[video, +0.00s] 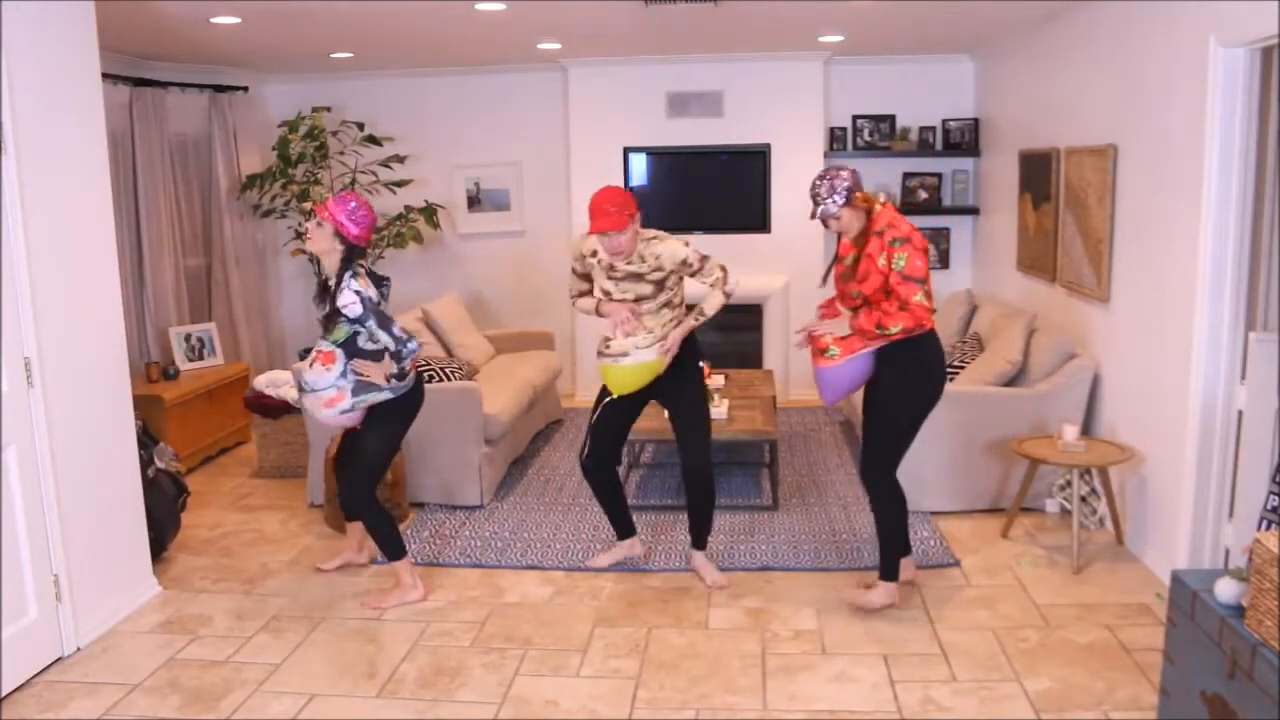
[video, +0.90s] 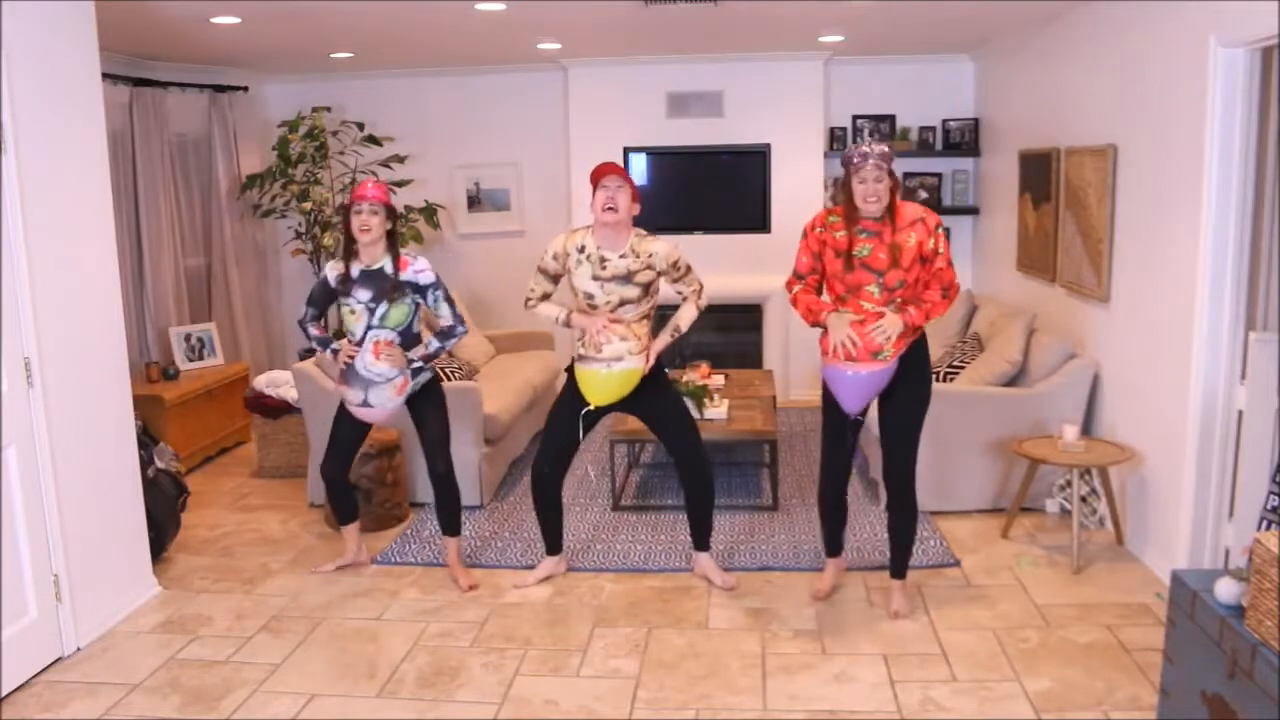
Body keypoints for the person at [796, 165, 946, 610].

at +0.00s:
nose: (832, 228)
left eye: (835, 218)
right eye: (827, 221)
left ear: (856, 202)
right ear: (834, 212)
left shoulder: (899, 236)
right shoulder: (857, 237)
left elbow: (912, 308)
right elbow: (853, 295)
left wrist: (849, 329)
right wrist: (821, 323)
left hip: (915, 359)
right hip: (886, 358)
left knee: (877, 470)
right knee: (875, 467)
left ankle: (888, 584)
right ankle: (901, 562)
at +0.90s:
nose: (871, 189)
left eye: (879, 180)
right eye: (862, 180)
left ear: (892, 182)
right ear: (848, 184)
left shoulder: (922, 224)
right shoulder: (825, 227)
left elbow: (944, 287)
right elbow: (800, 286)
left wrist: (905, 317)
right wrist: (828, 316)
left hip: (905, 352)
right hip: (844, 353)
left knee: (899, 470)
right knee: (834, 466)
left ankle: (899, 580)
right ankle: (833, 559)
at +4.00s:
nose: (920, 208)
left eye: (928, 200)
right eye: (912, 198)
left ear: (936, 202)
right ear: (890, 195)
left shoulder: (948, 238)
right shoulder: (856, 235)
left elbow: (973, 298)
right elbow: (812, 290)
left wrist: (938, 324)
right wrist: (868, 318)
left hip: (922, 370)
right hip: (861, 368)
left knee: (967, 487)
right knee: (832, 486)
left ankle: (971, 584)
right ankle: (801, 591)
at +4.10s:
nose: (920, 206)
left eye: (928, 198)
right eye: (912, 196)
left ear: (935, 201)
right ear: (889, 196)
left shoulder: (947, 238)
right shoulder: (855, 237)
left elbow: (974, 297)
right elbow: (812, 293)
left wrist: (938, 327)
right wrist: (869, 322)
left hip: (921, 370)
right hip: (861, 368)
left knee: (967, 487)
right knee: (832, 487)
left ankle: (971, 585)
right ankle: (801, 591)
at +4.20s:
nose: (920, 205)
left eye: (928, 197)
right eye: (911, 195)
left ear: (934, 200)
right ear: (889, 195)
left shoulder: (947, 239)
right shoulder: (855, 237)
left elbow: (973, 298)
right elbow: (812, 294)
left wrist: (937, 328)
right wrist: (868, 324)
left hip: (921, 371)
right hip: (861, 369)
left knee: (967, 488)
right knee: (832, 488)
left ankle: (971, 585)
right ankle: (801, 591)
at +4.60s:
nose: (921, 200)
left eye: (927, 192)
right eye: (912, 190)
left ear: (933, 198)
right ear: (888, 193)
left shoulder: (945, 239)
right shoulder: (854, 238)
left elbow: (972, 300)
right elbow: (813, 296)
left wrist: (938, 331)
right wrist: (869, 328)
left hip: (921, 373)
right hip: (861, 371)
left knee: (968, 489)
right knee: (832, 489)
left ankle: (971, 585)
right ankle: (801, 592)